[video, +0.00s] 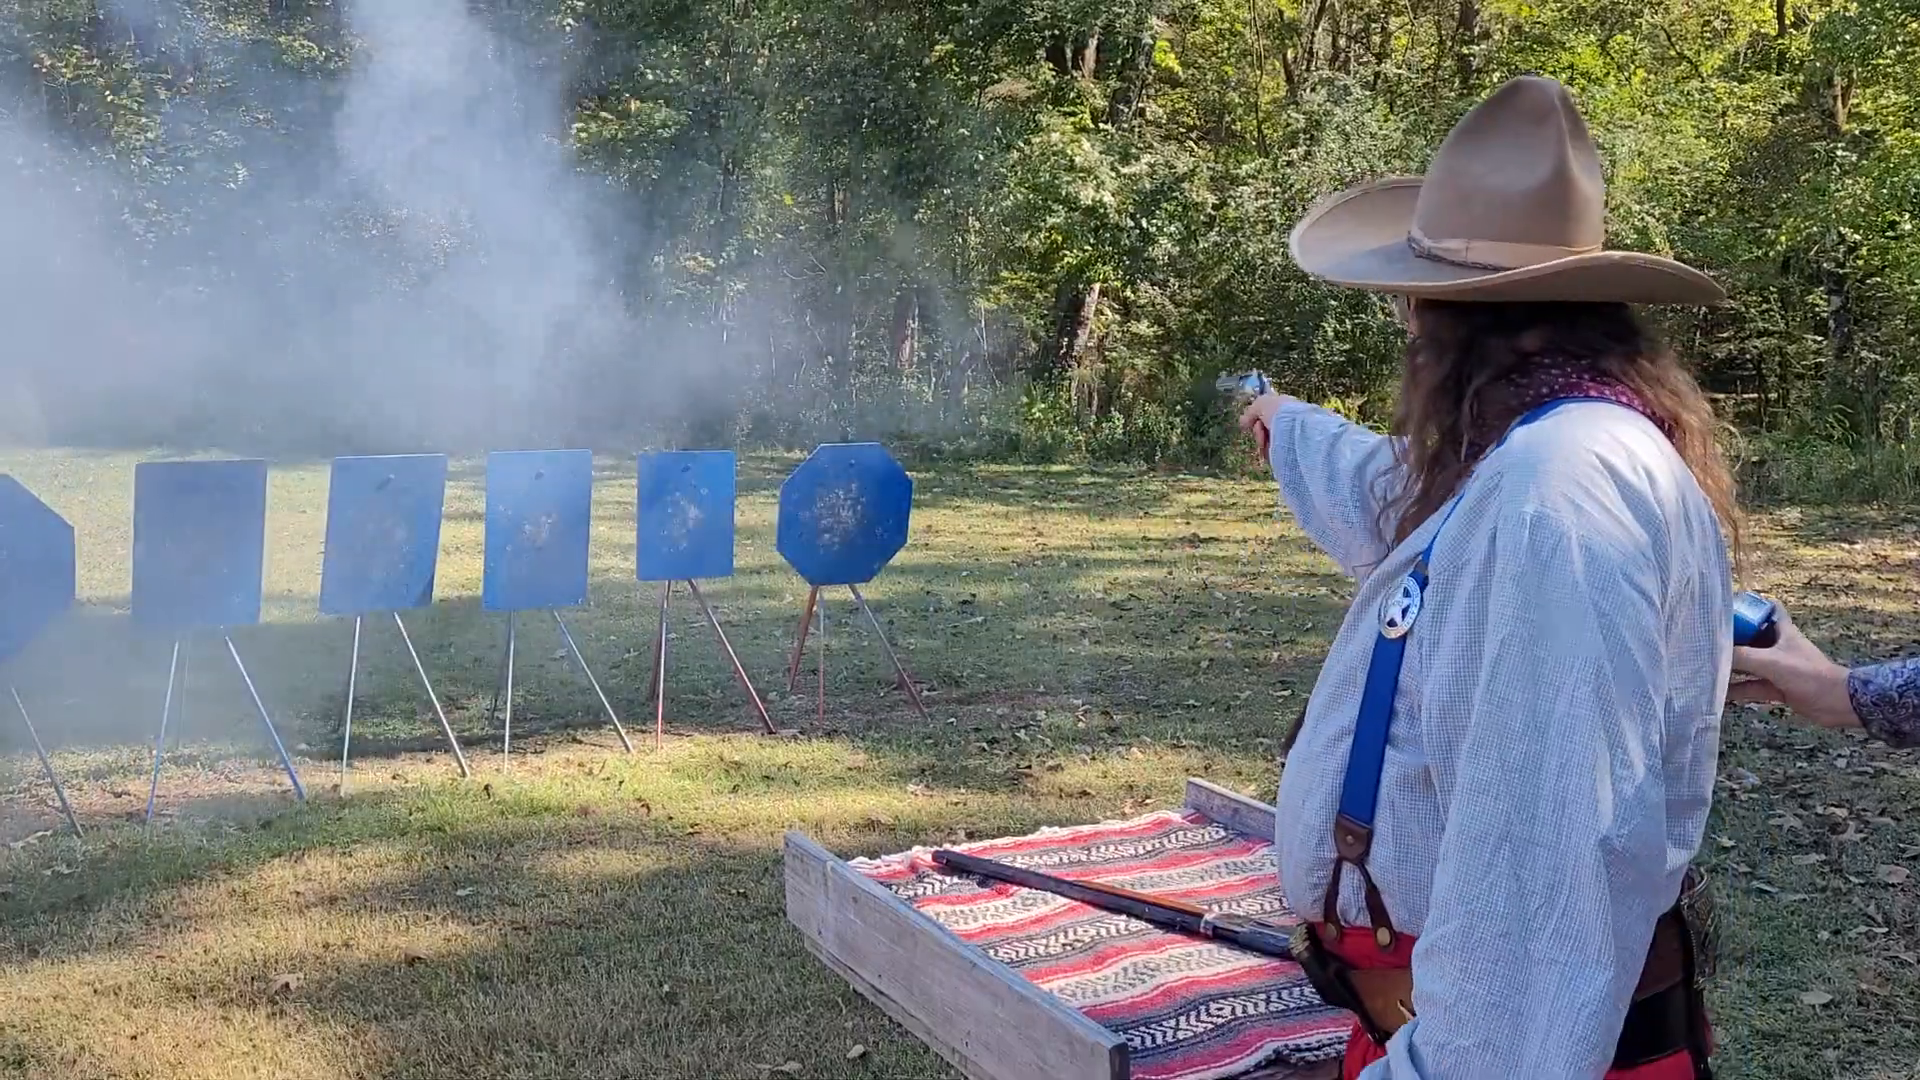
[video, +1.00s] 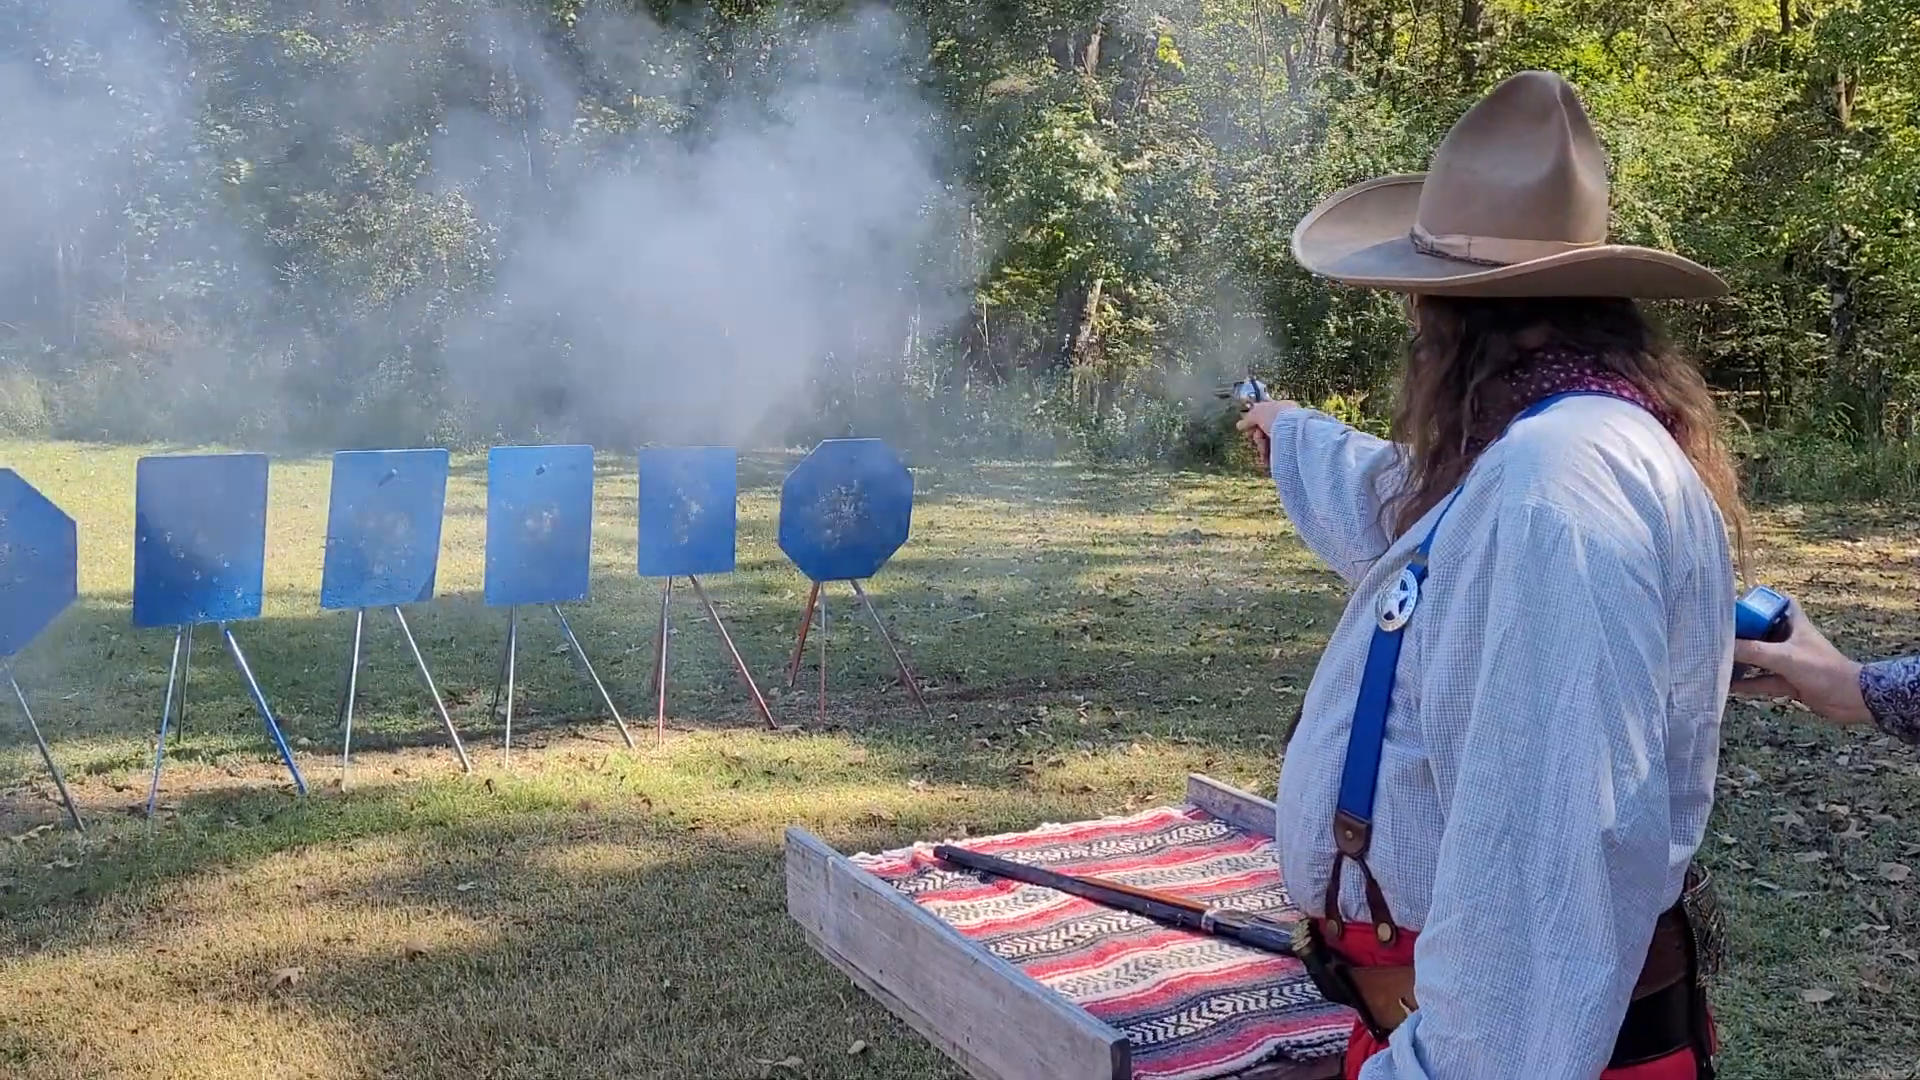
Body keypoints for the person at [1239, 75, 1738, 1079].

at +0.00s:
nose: (1404, 318)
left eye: (1416, 295)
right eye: (1407, 292)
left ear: (1457, 318)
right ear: (1557, 309)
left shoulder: (1557, 492)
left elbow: (1544, 873)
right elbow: (1394, 493)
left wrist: (1433, 1060)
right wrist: (1285, 427)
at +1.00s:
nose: (1406, 324)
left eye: (1417, 300)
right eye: (1409, 296)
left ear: (1454, 317)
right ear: (1567, 304)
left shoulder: (1551, 488)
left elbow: (1548, 859)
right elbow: (1401, 500)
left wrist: (1439, 1058)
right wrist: (1287, 436)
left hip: (1510, 1022)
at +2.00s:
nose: (1361, 378)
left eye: (1364, 351)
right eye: (1358, 352)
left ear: (1395, 355)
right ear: (1534, 307)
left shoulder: (1497, 459)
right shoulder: (1627, 420)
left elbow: (1674, 697)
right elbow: (1771, 554)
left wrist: (1510, 951)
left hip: (1488, 1046)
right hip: (1617, 1019)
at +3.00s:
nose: (1406, 328)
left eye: (1417, 305)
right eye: (1410, 303)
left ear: (1457, 315)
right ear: (1589, 307)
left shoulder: (1503, 453)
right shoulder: (1665, 454)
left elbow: (1354, 737)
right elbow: (1709, 791)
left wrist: (1234, 683)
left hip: (1497, 1038)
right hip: (1639, 1006)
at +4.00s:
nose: (1412, 332)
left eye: (1423, 308)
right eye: (1416, 303)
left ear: (1457, 324)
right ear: (1588, 312)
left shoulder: (1532, 502)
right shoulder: (1642, 457)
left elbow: (1498, 848)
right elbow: (1483, 596)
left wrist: (1326, 1031)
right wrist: (1335, 535)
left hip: (1540, 1021)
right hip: (1643, 980)